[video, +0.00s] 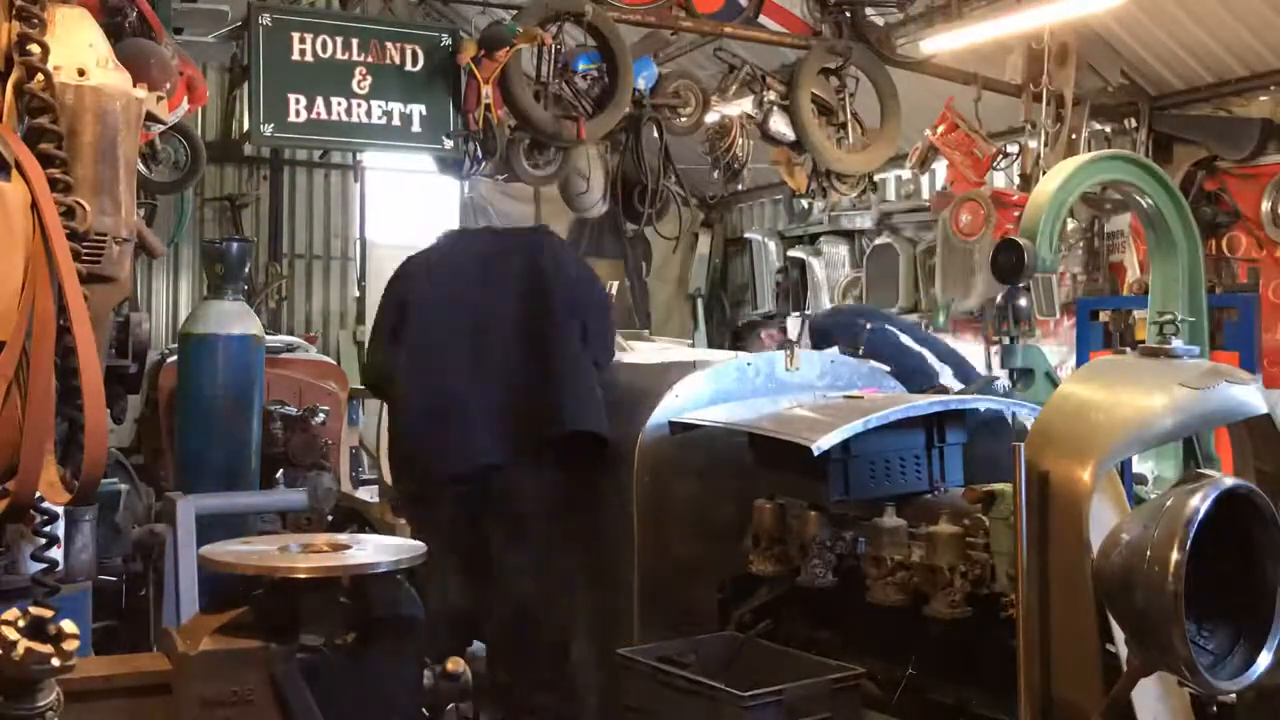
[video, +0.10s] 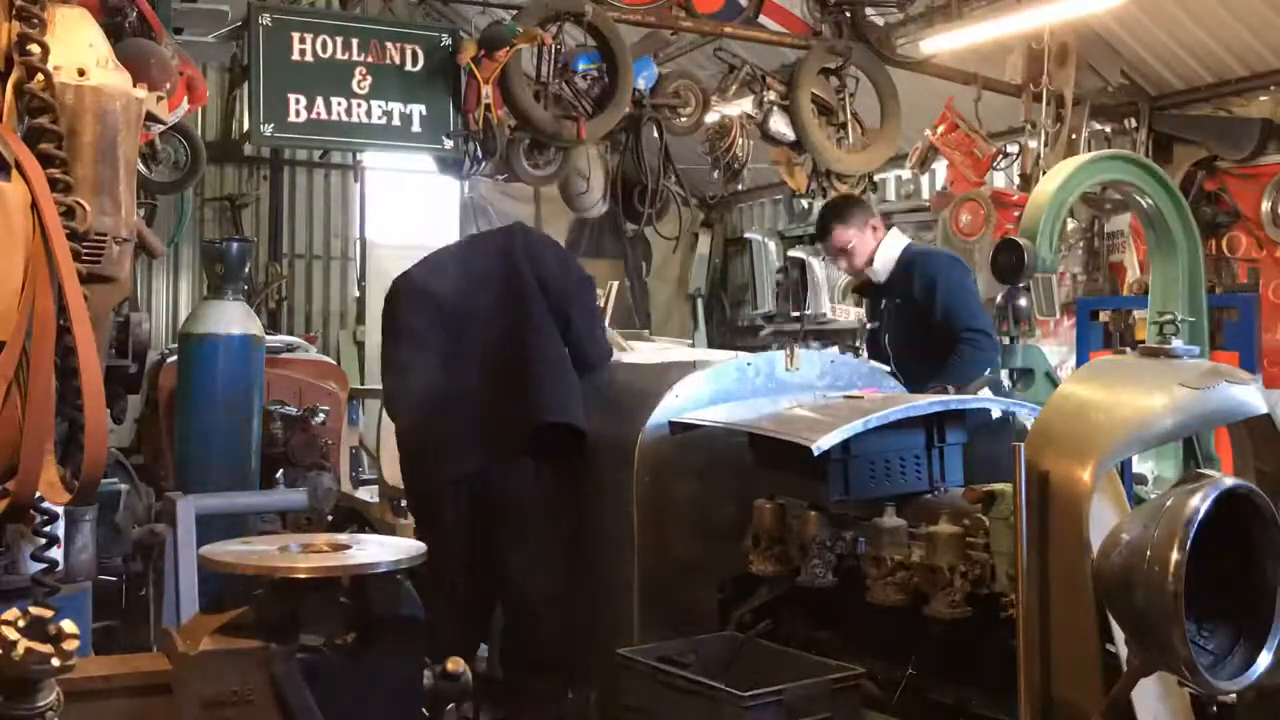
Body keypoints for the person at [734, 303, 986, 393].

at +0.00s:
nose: (772, 357)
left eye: (764, 353)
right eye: (765, 355)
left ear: (769, 336)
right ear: (770, 335)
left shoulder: (834, 327)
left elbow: (900, 348)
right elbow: (914, 335)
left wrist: (930, 388)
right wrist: (973, 379)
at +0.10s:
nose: (842, 266)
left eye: (846, 251)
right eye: (834, 258)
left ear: (875, 229)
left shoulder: (936, 268)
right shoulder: (878, 288)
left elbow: (980, 345)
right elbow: (882, 364)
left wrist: (932, 401)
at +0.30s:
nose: (834, 276)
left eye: (837, 264)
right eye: (827, 268)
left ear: (864, 236)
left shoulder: (935, 282)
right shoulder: (854, 282)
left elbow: (978, 371)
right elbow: (858, 350)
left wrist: (897, 402)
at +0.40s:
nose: (826, 271)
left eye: (827, 257)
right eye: (818, 263)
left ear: (852, 232)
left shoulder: (925, 274)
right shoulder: (850, 285)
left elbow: (974, 351)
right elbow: (859, 354)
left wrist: (902, 394)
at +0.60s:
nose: (789, 354)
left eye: (783, 344)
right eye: (779, 356)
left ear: (784, 319)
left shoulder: (850, 299)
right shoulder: (827, 356)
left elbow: (924, 333)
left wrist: (873, 384)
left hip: (969, 396)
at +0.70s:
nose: (765, 360)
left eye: (759, 352)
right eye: (756, 360)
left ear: (765, 325)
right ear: (766, 324)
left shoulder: (847, 304)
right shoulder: (802, 358)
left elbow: (932, 342)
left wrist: (878, 386)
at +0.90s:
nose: (758, 362)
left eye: (751, 351)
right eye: (747, 362)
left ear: (756, 322)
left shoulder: (839, 306)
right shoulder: (787, 359)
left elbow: (929, 341)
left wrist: (880, 387)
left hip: (945, 415)